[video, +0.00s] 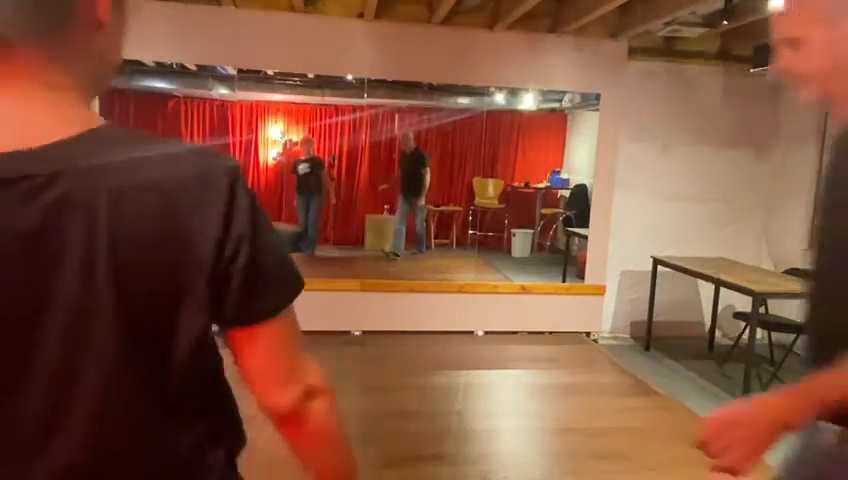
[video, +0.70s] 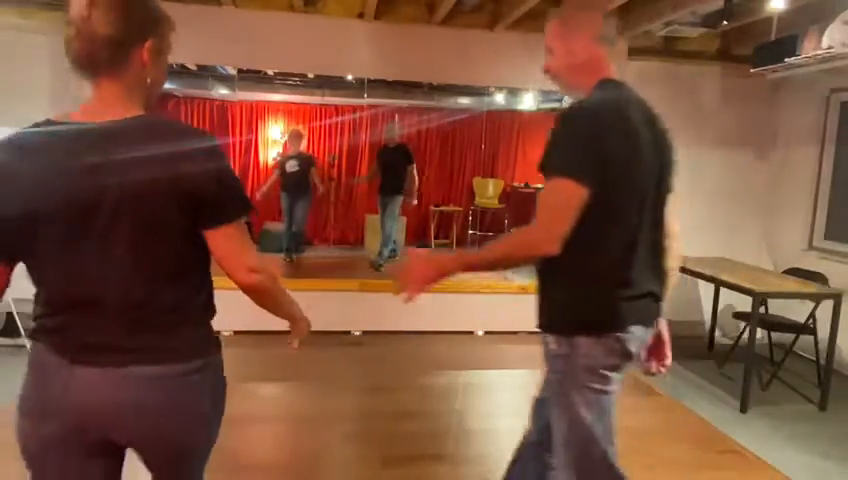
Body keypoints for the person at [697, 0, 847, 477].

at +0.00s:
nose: (779, 66)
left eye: (795, 44)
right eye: (778, 47)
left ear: (843, 35)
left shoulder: (841, 143)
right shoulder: (838, 139)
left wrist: (777, 411)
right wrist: (790, 412)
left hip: (836, 435)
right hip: (829, 430)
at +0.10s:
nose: (728, 54)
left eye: (739, 34)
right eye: (726, 38)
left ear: (790, 28)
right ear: (796, 31)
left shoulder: (823, 115)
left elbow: (839, 296)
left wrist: (717, 397)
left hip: (817, 416)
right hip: (790, 406)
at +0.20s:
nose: (688, 50)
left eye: (697, 30)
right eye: (686, 33)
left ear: (745, 23)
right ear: (744, 25)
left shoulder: (771, 109)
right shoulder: (808, 103)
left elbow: (769, 280)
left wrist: (653, 376)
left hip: (768, 387)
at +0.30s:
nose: (655, 48)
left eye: (663, 30)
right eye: (654, 33)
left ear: (707, 24)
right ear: (708, 25)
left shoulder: (723, 107)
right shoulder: (778, 105)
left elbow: (707, 260)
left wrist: (598, 343)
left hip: (725, 362)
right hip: (773, 356)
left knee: (692, 470)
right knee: (698, 468)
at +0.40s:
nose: (626, 49)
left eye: (632, 31)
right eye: (626, 34)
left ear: (672, 24)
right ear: (679, 26)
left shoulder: (683, 107)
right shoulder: (754, 111)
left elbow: (656, 250)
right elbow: (743, 240)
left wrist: (548, 313)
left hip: (691, 344)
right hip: (739, 339)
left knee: (661, 472)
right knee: (631, 448)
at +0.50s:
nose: (597, 54)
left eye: (602, 37)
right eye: (597, 39)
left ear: (641, 33)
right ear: (651, 35)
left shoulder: (648, 108)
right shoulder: (710, 106)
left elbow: (612, 243)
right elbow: (702, 232)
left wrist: (505, 291)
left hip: (655, 342)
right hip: (696, 332)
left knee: (640, 471)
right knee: (598, 440)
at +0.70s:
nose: (545, 66)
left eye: (552, 52)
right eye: (545, 53)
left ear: (584, 49)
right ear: (595, 51)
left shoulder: (588, 118)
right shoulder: (647, 120)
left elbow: (546, 237)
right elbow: (665, 237)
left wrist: (444, 263)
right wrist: (655, 313)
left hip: (587, 330)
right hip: (626, 322)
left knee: (587, 467)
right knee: (541, 453)